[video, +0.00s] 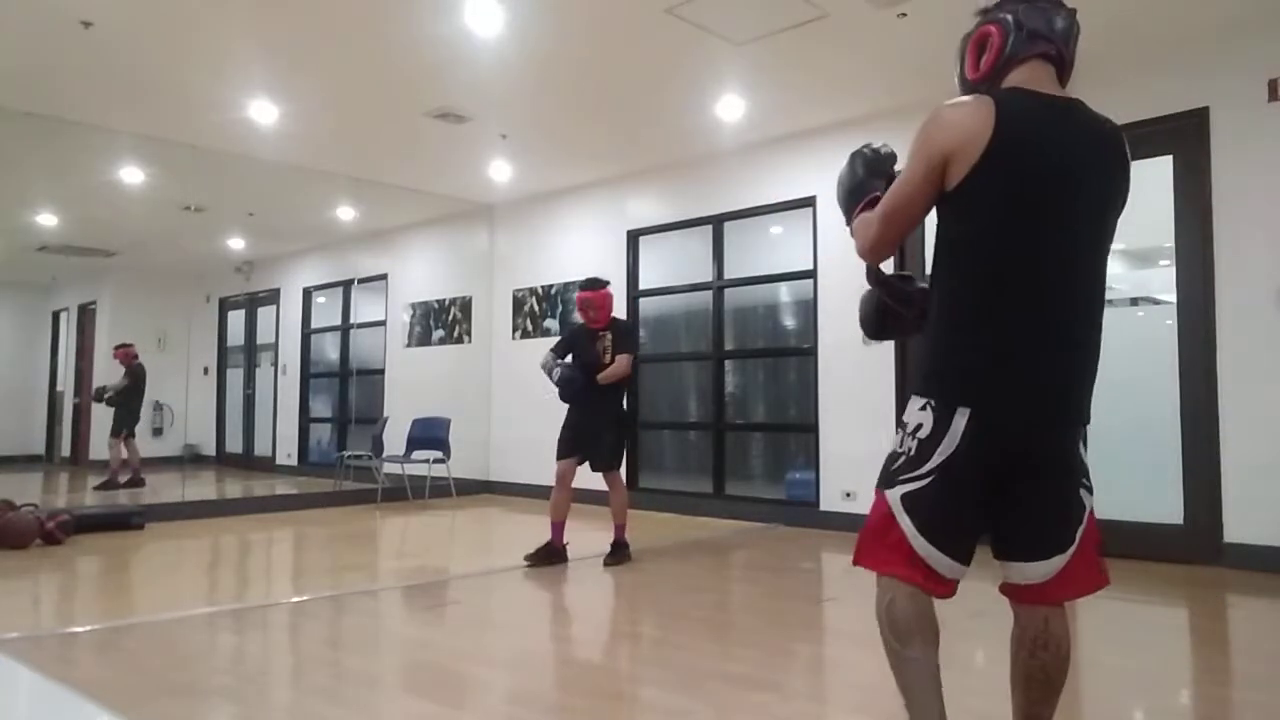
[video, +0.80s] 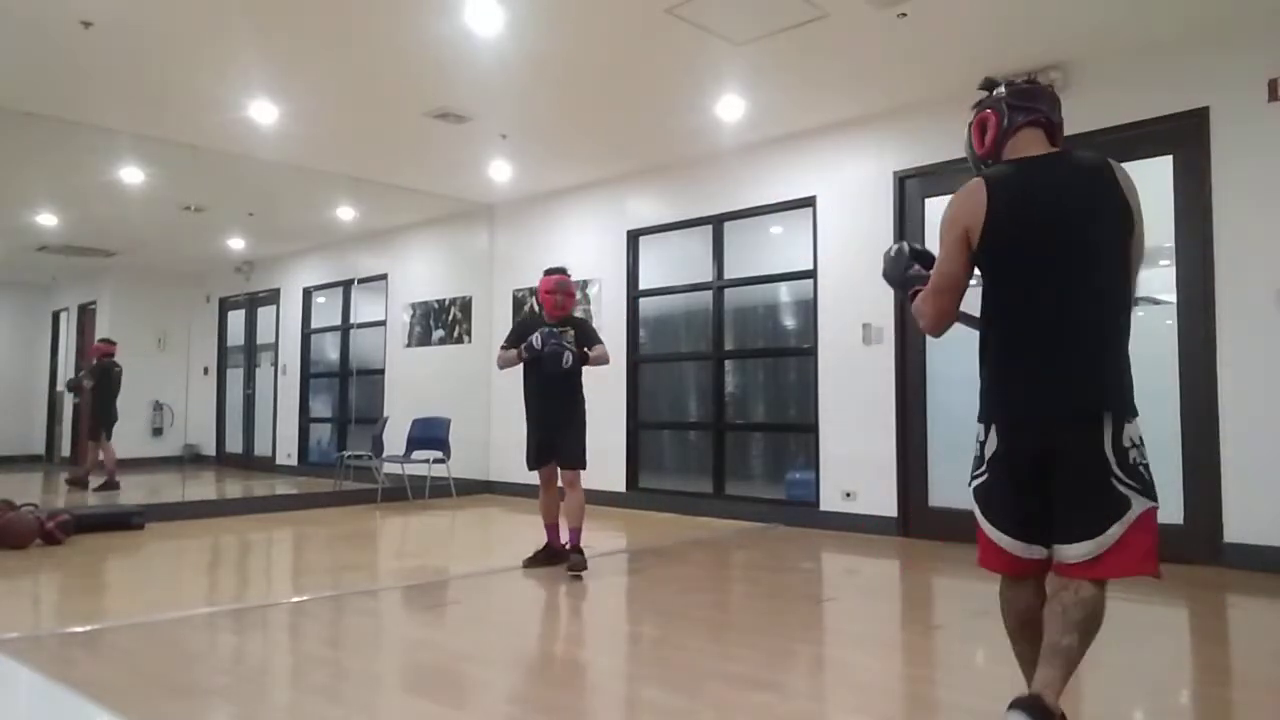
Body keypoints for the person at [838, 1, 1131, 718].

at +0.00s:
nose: (967, 67)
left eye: (970, 51)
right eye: (968, 55)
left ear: (989, 43)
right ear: (1064, 56)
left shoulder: (959, 121)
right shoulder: (1109, 140)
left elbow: (873, 243)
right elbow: (1051, 270)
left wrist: (860, 198)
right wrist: (931, 304)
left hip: (961, 394)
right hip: (1059, 397)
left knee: (904, 576)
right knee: (1040, 594)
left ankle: (927, 714)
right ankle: (1034, 719)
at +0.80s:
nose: (975, 143)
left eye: (976, 132)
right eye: (973, 134)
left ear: (991, 126)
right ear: (1055, 126)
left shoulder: (978, 196)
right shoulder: (1115, 182)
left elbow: (933, 317)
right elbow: (1120, 289)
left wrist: (913, 280)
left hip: (1015, 408)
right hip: (1100, 404)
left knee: (1020, 570)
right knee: (1081, 568)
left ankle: (1044, 704)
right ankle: (1041, 697)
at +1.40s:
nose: (1075, 165)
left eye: (1076, 153)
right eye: (1075, 156)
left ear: (1095, 141)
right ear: (1144, 141)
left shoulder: (1091, 202)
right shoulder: (1203, 203)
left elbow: (1039, 313)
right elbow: (1169, 302)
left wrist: (1026, 352)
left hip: (1110, 411)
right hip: (1190, 411)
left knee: (1061, 550)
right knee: (1213, 560)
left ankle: (1047, 699)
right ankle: (1256, 697)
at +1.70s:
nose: (1127, 167)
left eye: (1128, 150)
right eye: (1121, 155)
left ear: (1161, 133)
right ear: (1187, 134)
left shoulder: (1181, 188)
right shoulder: (1230, 190)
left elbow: (1094, 281)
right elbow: (1184, 277)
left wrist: (1089, 319)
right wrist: (1114, 275)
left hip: (1185, 404)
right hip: (1241, 402)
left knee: (1178, 555)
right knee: (1247, 552)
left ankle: (1205, 705)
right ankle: (1264, 697)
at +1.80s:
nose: (1138, 164)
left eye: (1143, 145)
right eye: (1132, 151)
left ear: (1182, 126)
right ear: (1188, 130)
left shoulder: (1204, 185)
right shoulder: (1228, 190)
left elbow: (1106, 266)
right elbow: (1189, 283)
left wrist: (1101, 306)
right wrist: (1113, 280)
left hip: (1209, 407)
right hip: (1221, 404)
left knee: (1219, 556)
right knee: (1230, 552)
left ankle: (1264, 699)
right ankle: (1262, 693)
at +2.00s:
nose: (1153, 153)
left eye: (1163, 134)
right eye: (1150, 139)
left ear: (1208, 126)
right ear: (1205, 132)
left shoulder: (1236, 189)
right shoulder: (1215, 197)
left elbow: (1135, 276)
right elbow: (1171, 285)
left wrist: (1101, 293)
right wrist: (1081, 275)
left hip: (1222, 404)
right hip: (1209, 402)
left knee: (1230, 554)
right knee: (1231, 553)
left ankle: (1262, 696)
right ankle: (1259, 693)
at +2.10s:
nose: (1158, 150)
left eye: (1170, 132)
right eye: (1154, 136)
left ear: (1218, 124)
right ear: (1209, 130)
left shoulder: (1245, 188)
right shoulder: (1213, 195)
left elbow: (1144, 272)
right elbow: (1170, 276)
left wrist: (1103, 295)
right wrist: (1099, 282)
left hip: (1223, 402)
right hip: (1204, 399)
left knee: (1225, 554)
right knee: (1224, 552)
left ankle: (1260, 699)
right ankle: (1260, 695)